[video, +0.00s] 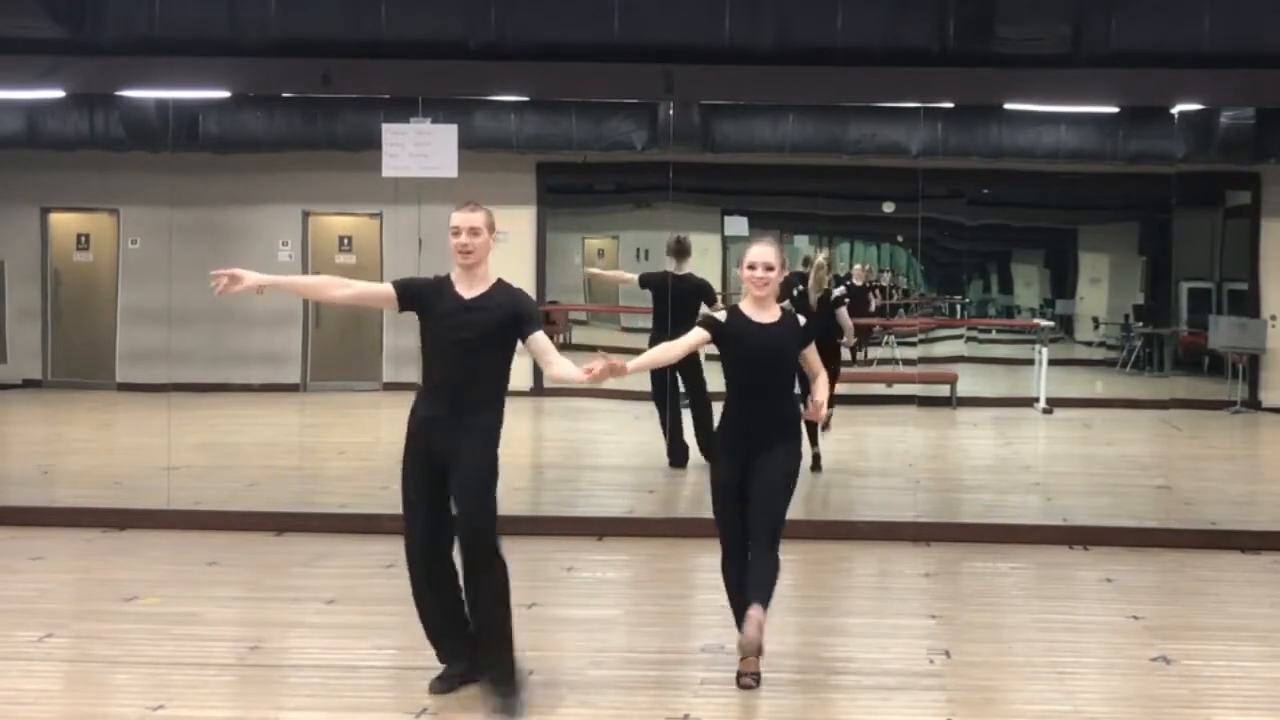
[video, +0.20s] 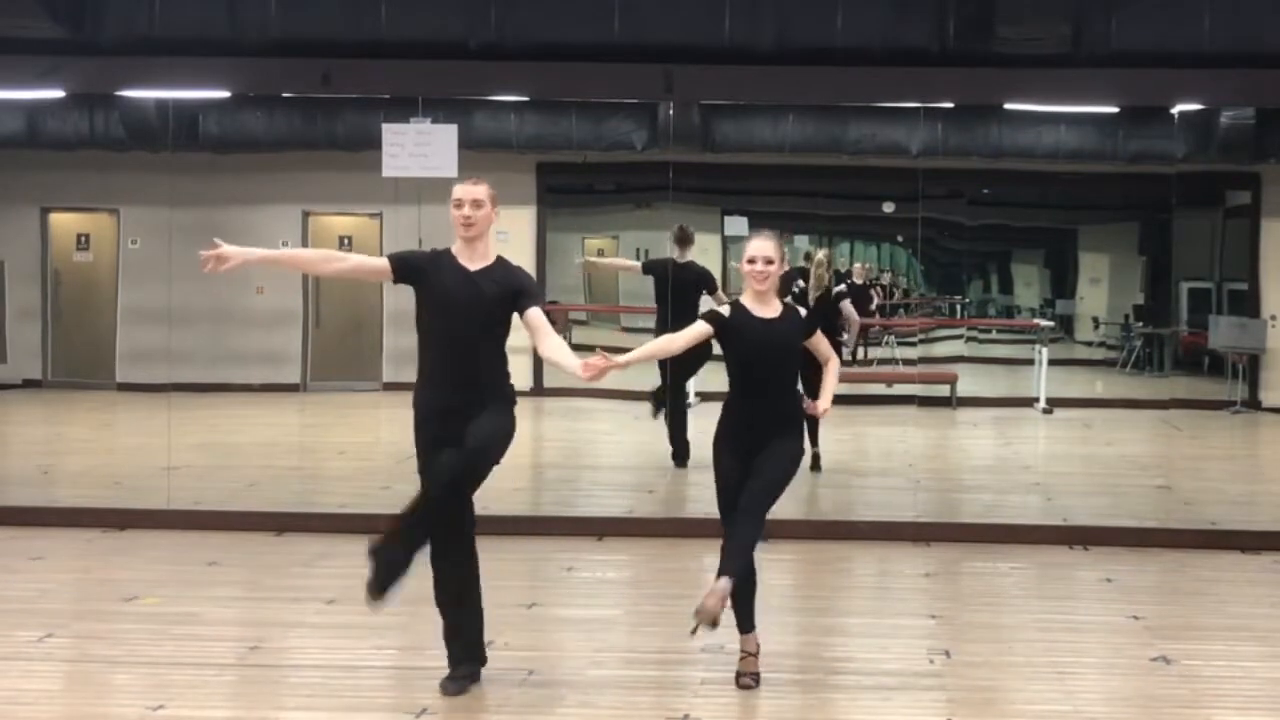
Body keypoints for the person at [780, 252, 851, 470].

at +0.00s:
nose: (823, 276)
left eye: (815, 271)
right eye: (825, 272)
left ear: (809, 273)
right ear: (827, 274)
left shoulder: (798, 296)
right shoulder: (833, 295)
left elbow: (780, 313)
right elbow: (847, 324)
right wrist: (849, 339)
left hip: (804, 347)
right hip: (828, 346)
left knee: (807, 397)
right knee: (829, 382)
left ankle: (815, 450)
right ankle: (826, 412)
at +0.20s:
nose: (820, 270)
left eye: (817, 264)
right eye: (825, 266)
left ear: (811, 267)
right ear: (829, 269)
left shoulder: (799, 288)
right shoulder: (835, 291)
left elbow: (785, 312)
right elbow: (854, 318)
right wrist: (850, 342)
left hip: (803, 343)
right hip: (828, 343)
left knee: (810, 397)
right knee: (820, 393)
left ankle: (815, 448)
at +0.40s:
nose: (820, 271)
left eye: (818, 266)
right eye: (824, 266)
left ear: (811, 270)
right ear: (830, 270)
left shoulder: (802, 293)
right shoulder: (834, 293)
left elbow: (781, 301)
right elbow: (847, 319)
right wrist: (847, 337)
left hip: (807, 344)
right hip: (830, 344)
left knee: (809, 397)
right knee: (828, 388)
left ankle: (814, 449)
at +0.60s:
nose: (820, 270)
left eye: (818, 265)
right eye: (824, 266)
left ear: (812, 269)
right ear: (830, 269)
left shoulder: (803, 292)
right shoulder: (835, 291)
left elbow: (793, 316)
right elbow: (849, 316)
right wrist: (849, 334)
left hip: (807, 344)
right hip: (830, 343)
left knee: (811, 397)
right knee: (829, 384)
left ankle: (816, 448)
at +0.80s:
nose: (822, 268)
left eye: (822, 263)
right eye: (824, 263)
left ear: (814, 265)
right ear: (832, 267)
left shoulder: (802, 286)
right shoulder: (839, 290)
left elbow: (788, 310)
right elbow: (858, 316)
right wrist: (851, 338)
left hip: (804, 344)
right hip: (829, 345)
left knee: (806, 396)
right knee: (820, 396)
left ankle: (818, 445)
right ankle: (818, 445)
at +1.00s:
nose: (826, 267)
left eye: (825, 263)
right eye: (827, 263)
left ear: (817, 266)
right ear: (833, 267)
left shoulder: (805, 290)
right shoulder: (842, 290)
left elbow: (792, 316)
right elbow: (862, 319)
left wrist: (800, 335)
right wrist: (851, 337)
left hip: (809, 350)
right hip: (833, 349)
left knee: (813, 401)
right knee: (834, 396)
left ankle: (817, 449)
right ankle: (839, 433)